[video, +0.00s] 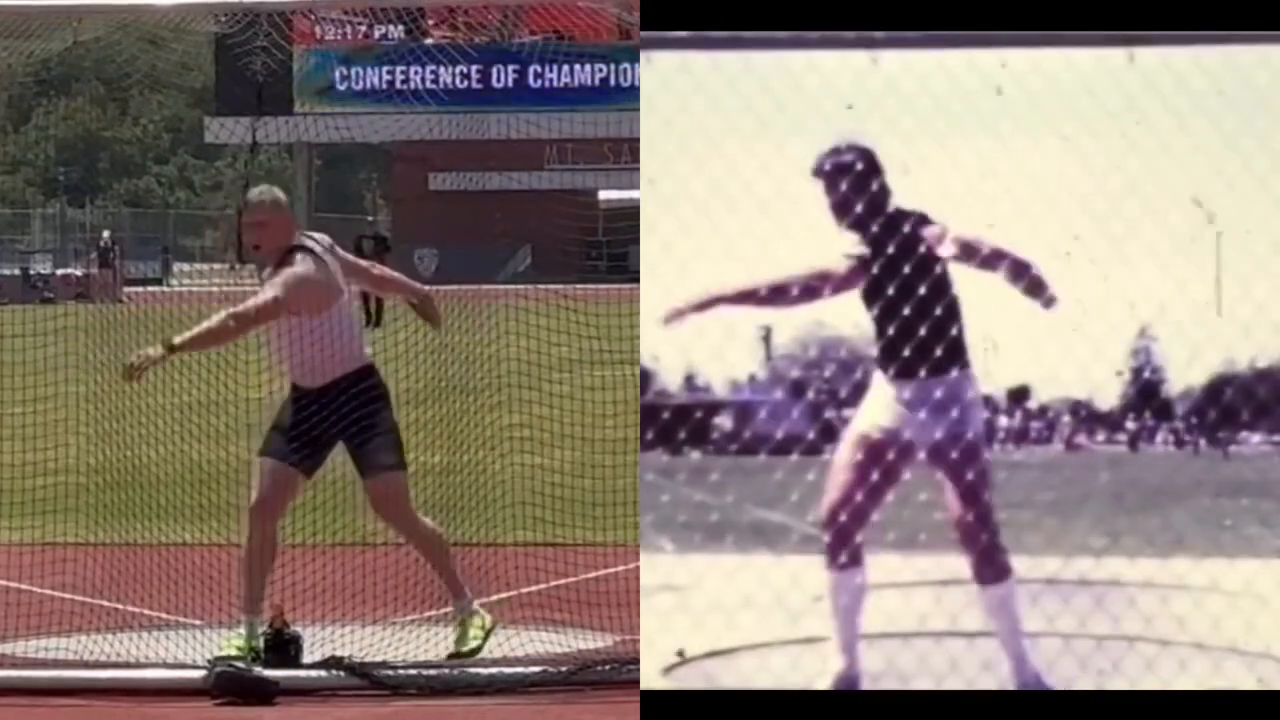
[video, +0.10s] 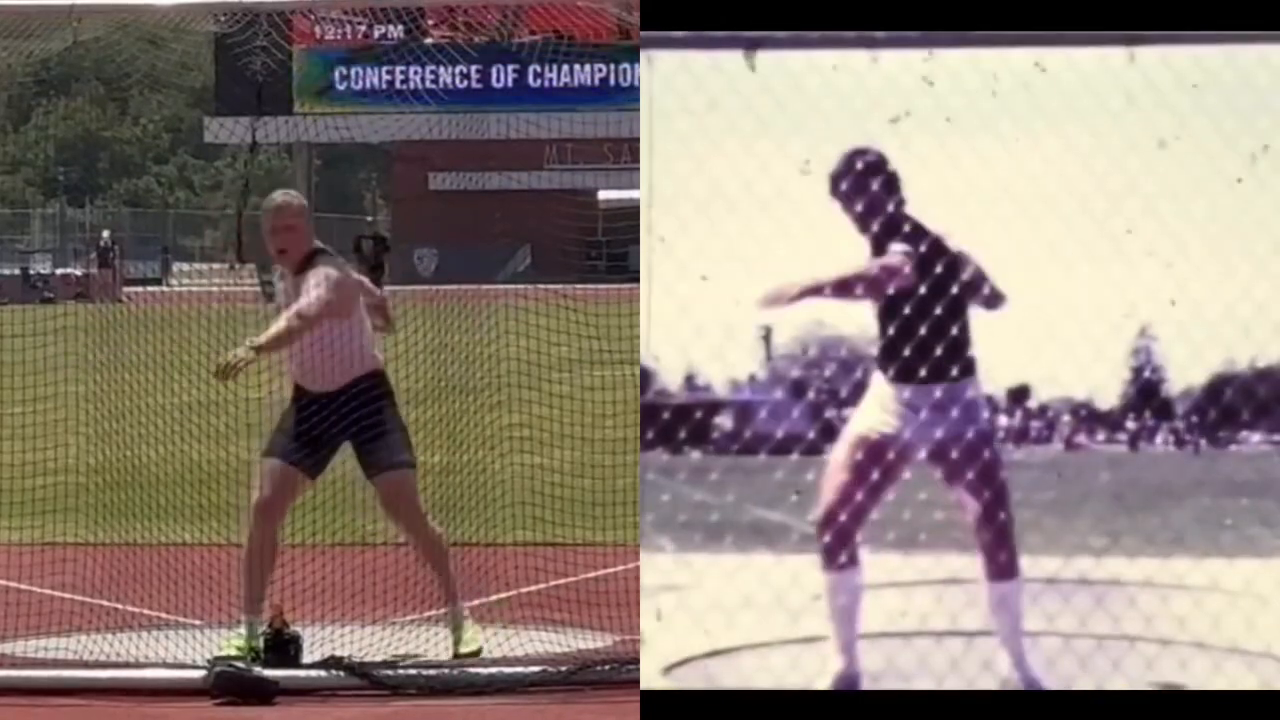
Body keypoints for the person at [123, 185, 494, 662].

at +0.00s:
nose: (252, 237)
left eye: (262, 226)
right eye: (247, 227)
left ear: (288, 226)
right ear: (244, 230)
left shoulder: (303, 273)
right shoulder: (314, 243)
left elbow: (240, 320)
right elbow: (368, 273)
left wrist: (167, 349)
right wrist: (417, 292)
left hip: (357, 395)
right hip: (306, 401)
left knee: (393, 506)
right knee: (263, 508)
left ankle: (469, 610)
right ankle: (250, 632)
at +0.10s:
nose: (280, 240)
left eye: (290, 230)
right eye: (273, 232)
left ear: (310, 231)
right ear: (265, 236)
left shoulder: (329, 274)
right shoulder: (292, 278)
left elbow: (300, 320)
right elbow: (361, 284)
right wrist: (383, 316)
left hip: (366, 399)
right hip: (311, 405)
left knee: (405, 507)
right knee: (266, 506)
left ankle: (458, 617)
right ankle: (250, 631)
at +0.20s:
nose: (323, 246)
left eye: (329, 237)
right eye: (313, 238)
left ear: (339, 235)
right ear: (295, 238)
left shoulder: (355, 278)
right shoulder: (287, 270)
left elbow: (368, 312)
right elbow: (303, 320)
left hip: (371, 404)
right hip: (312, 406)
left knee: (421, 504)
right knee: (268, 506)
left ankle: (444, 627)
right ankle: (251, 631)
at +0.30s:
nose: (369, 254)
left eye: (374, 244)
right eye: (358, 245)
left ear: (379, 246)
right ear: (331, 247)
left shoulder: (392, 288)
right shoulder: (302, 282)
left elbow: (436, 316)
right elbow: (272, 316)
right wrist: (258, 338)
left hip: (377, 423)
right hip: (314, 421)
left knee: (449, 504)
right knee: (273, 510)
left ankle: (427, 628)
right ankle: (248, 634)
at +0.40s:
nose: (414, 259)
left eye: (413, 250)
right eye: (404, 250)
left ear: (408, 255)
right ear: (370, 254)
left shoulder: (426, 297)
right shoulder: (327, 293)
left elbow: (488, 320)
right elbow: (264, 322)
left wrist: (531, 347)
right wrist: (214, 353)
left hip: (377, 437)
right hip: (328, 425)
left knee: (461, 508)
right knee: (309, 509)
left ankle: (437, 621)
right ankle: (222, 613)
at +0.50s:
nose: (443, 276)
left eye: (443, 266)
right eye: (436, 266)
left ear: (425, 271)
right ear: (406, 269)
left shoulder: (442, 311)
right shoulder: (353, 306)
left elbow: (505, 335)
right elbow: (280, 338)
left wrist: (570, 361)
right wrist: (213, 371)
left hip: (377, 450)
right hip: (345, 433)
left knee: (448, 526)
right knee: (364, 512)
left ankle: (438, 624)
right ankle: (251, 571)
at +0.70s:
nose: (459, 288)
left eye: (460, 279)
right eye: (456, 278)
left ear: (426, 276)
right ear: (433, 277)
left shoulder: (429, 328)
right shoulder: (389, 313)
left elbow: (462, 360)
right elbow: (328, 351)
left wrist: (507, 388)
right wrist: (277, 388)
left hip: (333, 448)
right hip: (352, 426)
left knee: (411, 536)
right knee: (426, 501)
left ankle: (435, 629)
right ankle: (473, 596)